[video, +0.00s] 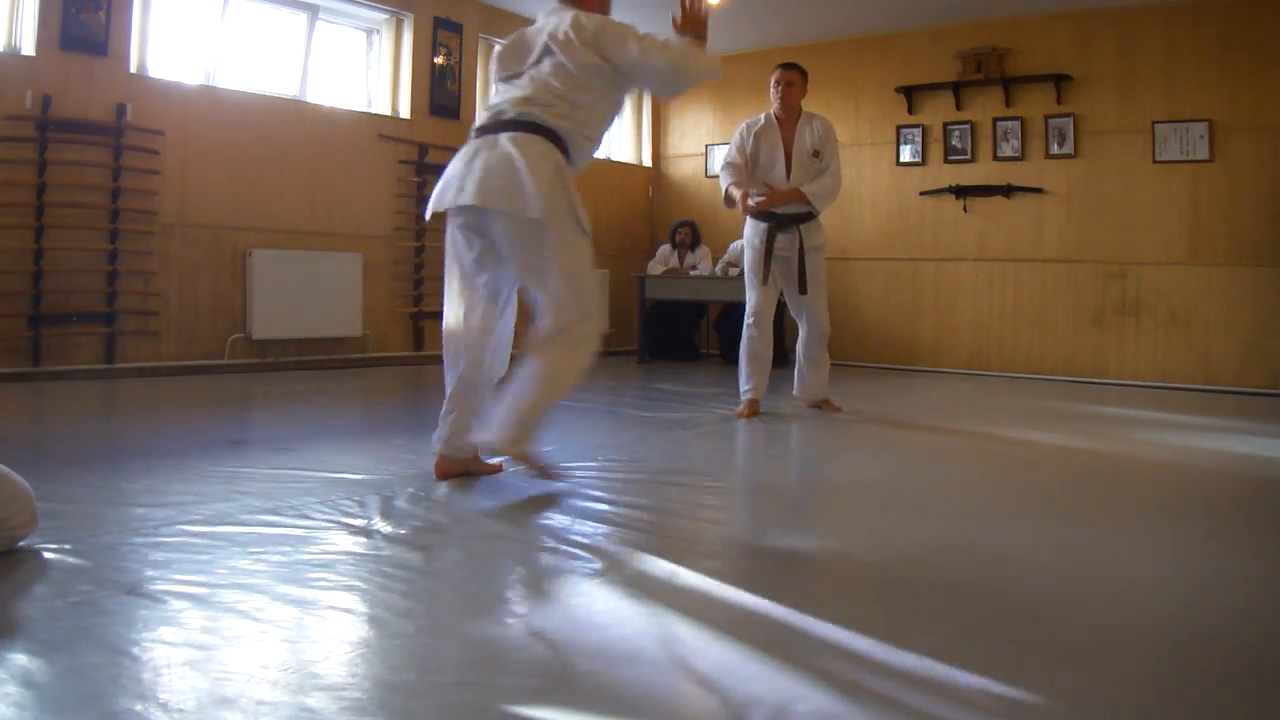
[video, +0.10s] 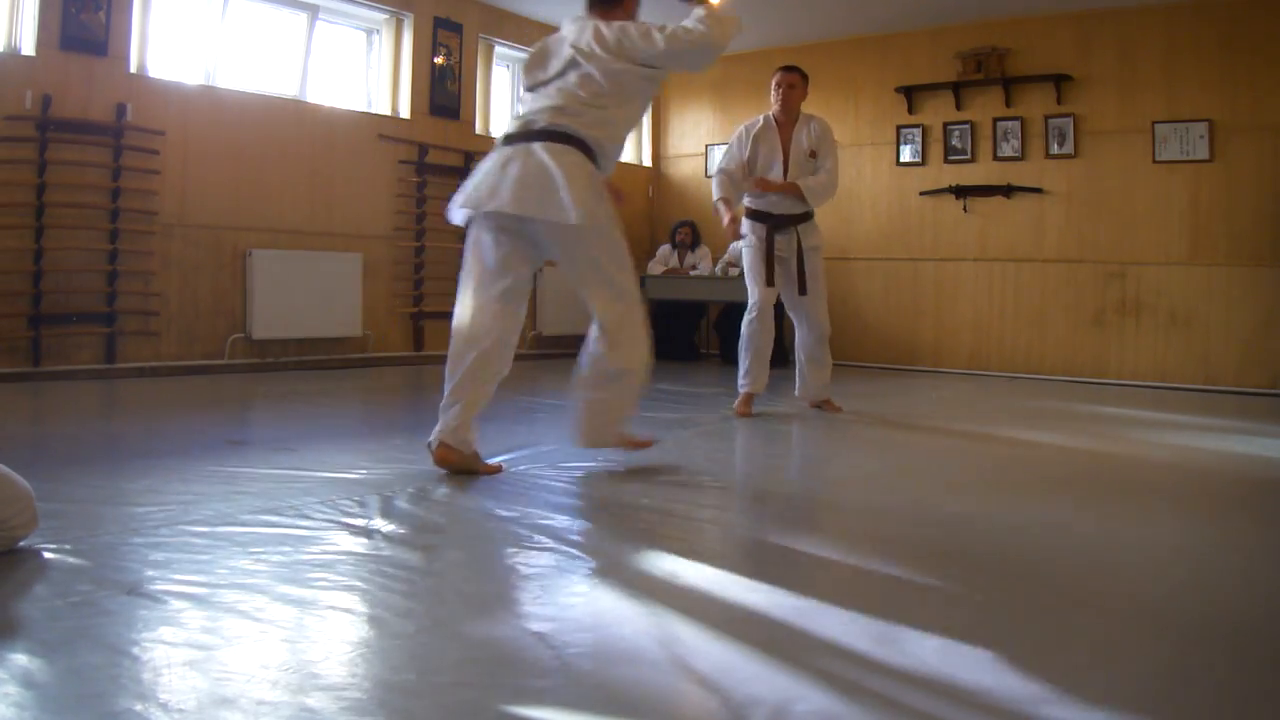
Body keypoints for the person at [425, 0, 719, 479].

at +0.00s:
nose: (609, 12)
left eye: (609, 9)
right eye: (607, 7)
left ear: (557, 2)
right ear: (594, 4)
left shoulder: (519, 44)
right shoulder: (597, 30)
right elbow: (670, 72)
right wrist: (694, 42)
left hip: (468, 170)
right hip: (528, 168)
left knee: (477, 317)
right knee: (574, 319)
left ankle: (455, 449)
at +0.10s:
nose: (637, 14)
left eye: (634, 11)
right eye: (636, 10)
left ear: (585, 7)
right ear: (627, 8)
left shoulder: (547, 47)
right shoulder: (633, 39)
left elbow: (533, 124)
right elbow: (700, 42)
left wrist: (597, 176)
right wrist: (714, 12)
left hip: (500, 175)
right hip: (560, 175)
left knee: (485, 315)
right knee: (618, 305)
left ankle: (453, 435)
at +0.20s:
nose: (666, 28)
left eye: (664, 22)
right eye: (665, 21)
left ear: (617, 16)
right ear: (660, 19)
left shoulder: (580, 57)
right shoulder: (661, 53)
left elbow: (563, 126)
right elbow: (726, 34)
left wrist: (628, 169)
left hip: (539, 179)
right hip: (601, 183)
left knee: (508, 305)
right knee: (637, 299)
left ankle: (462, 419)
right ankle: (665, 414)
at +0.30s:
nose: (684, 45)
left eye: (683, 38)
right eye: (685, 37)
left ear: (642, 32)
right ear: (681, 35)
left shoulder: (601, 73)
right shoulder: (689, 78)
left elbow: (555, 136)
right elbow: (754, 59)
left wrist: (575, 177)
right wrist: (743, 16)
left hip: (578, 191)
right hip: (637, 193)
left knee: (555, 295)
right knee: (665, 315)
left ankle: (496, 381)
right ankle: (672, 426)